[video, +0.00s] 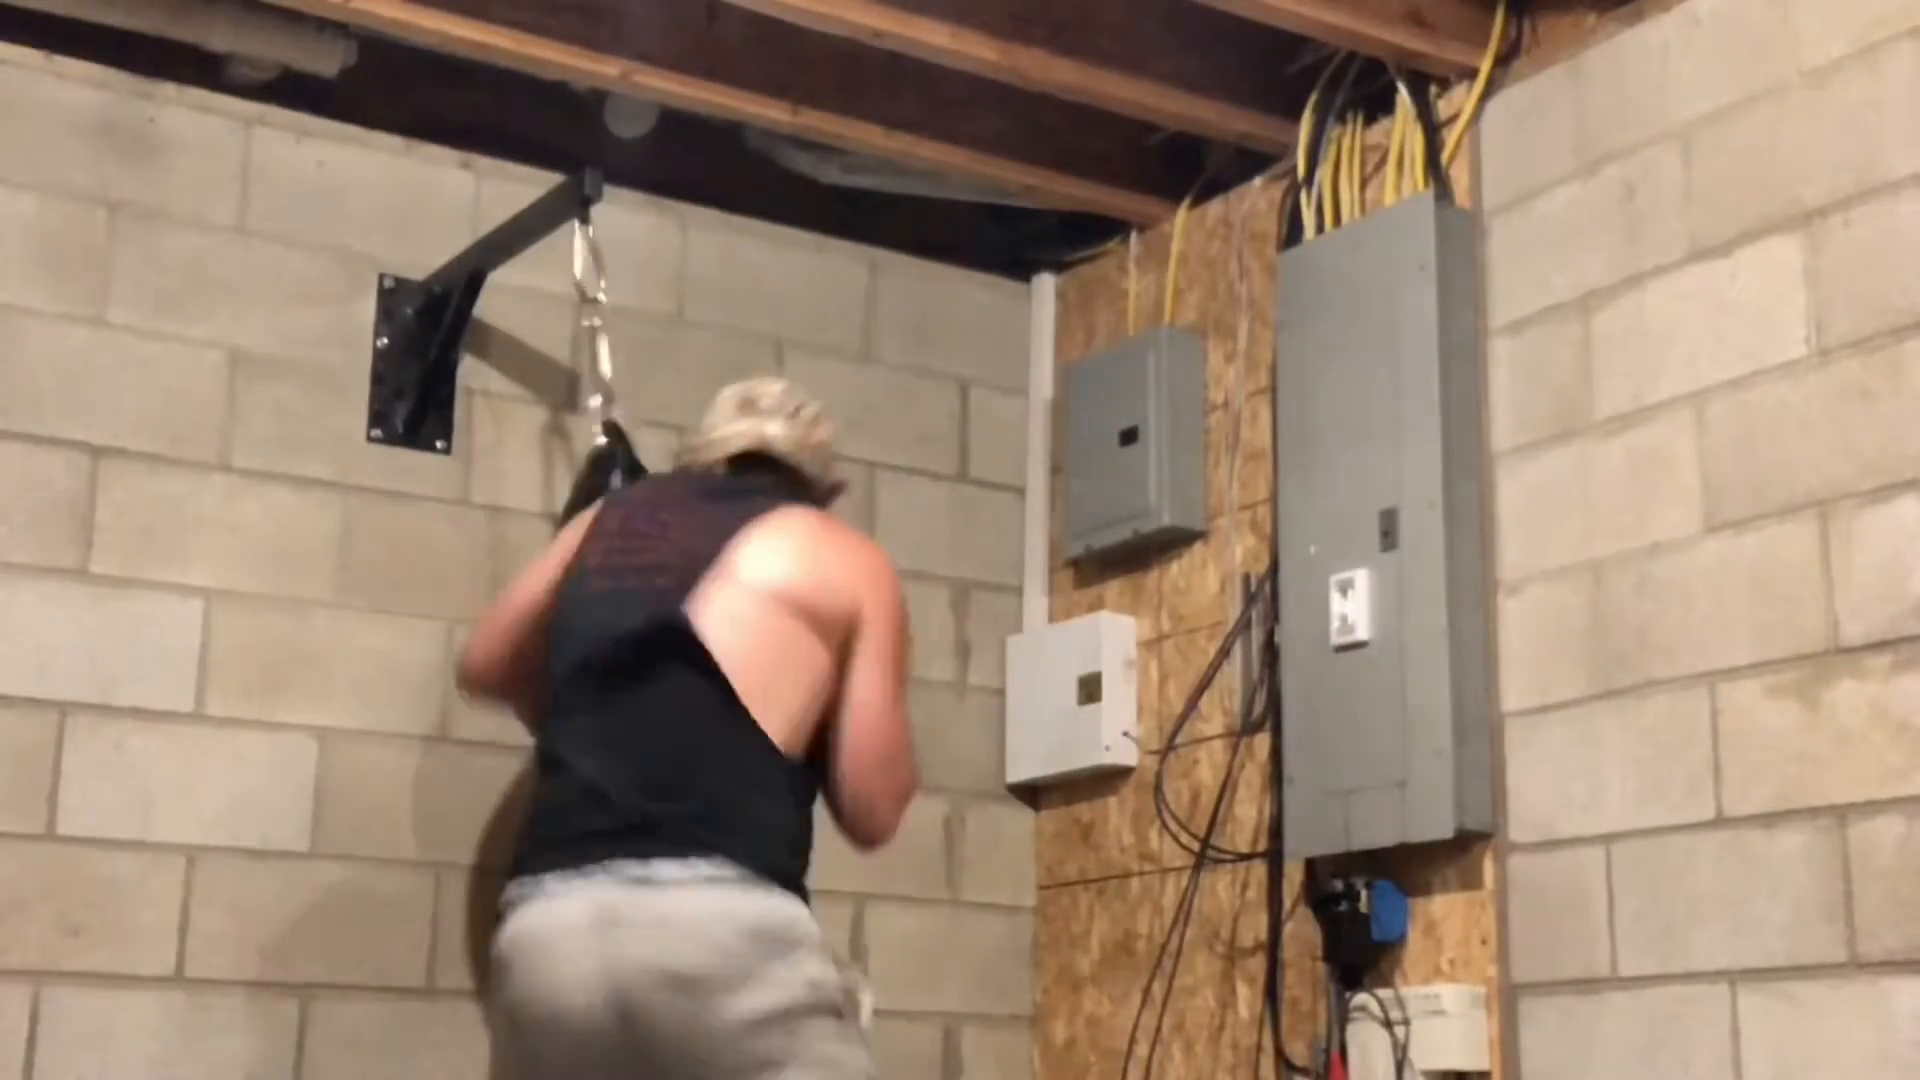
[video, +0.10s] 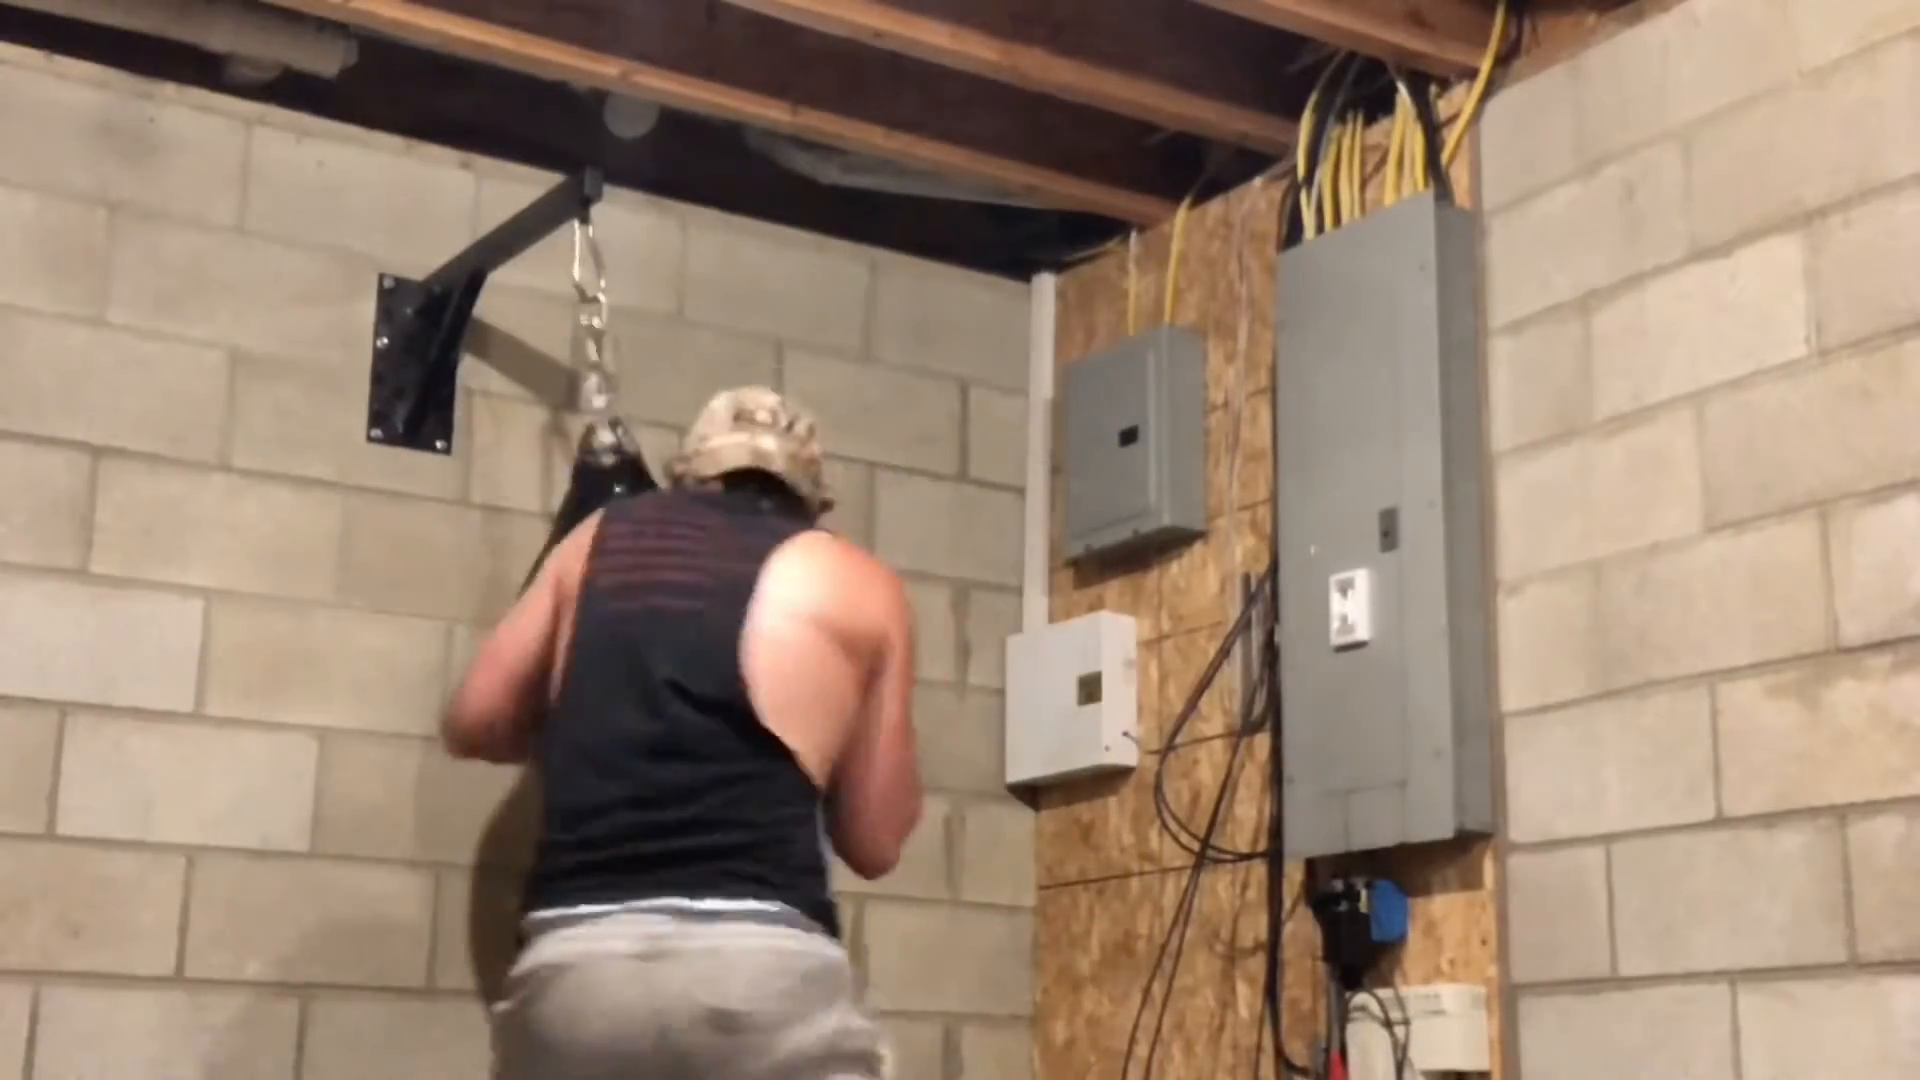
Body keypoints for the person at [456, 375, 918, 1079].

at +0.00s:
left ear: (701, 457)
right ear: (825, 484)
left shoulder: (602, 520)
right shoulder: (852, 560)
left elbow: (489, 661)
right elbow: (874, 810)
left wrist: (600, 722)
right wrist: (819, 672)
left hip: (546, 924)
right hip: (728, 928)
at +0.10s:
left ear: (688, 471)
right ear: (814, 490)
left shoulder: (592, 540)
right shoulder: (865, 586)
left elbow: (476, 723)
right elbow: (875, 845)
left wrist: (606, 710)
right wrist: (817, 707)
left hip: (576, 966)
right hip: (771, 974)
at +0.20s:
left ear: (711, 438)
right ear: (839, 448)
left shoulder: (616, 512)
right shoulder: (907, 553)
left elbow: (494, 697)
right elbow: (928, 816)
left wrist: (629, 746)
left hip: (633, 953)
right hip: (827, 958)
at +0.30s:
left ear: (745, 400)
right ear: (877, 409)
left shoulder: (661, 478)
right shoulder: (965, 516)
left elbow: (557, 668)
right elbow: (1000, 774)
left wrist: (655, 708)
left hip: (717, 935)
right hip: (917, 926)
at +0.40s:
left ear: (780, 374)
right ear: (914, 378)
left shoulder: (716, 446)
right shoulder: (1012, 485)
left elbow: (626, 643)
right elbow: (1061, 751)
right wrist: (938, 720)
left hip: (771, 914)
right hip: (973, 902)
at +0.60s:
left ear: (836, 309)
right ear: (969, 319)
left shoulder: (780, 378)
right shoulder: (1081, 441)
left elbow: (673, 573)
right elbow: (1112, 704)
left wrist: (756, 643)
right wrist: (958, 674)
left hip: (812, 840)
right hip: (1010, 854)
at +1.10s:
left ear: (798, 344)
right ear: (932, 346)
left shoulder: (727, 428)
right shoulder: (1047, 454)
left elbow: (642, 637)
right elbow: (1114, 712)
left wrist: (750, 671)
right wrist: (976, 679)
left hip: (795, 883)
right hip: (994, 879)